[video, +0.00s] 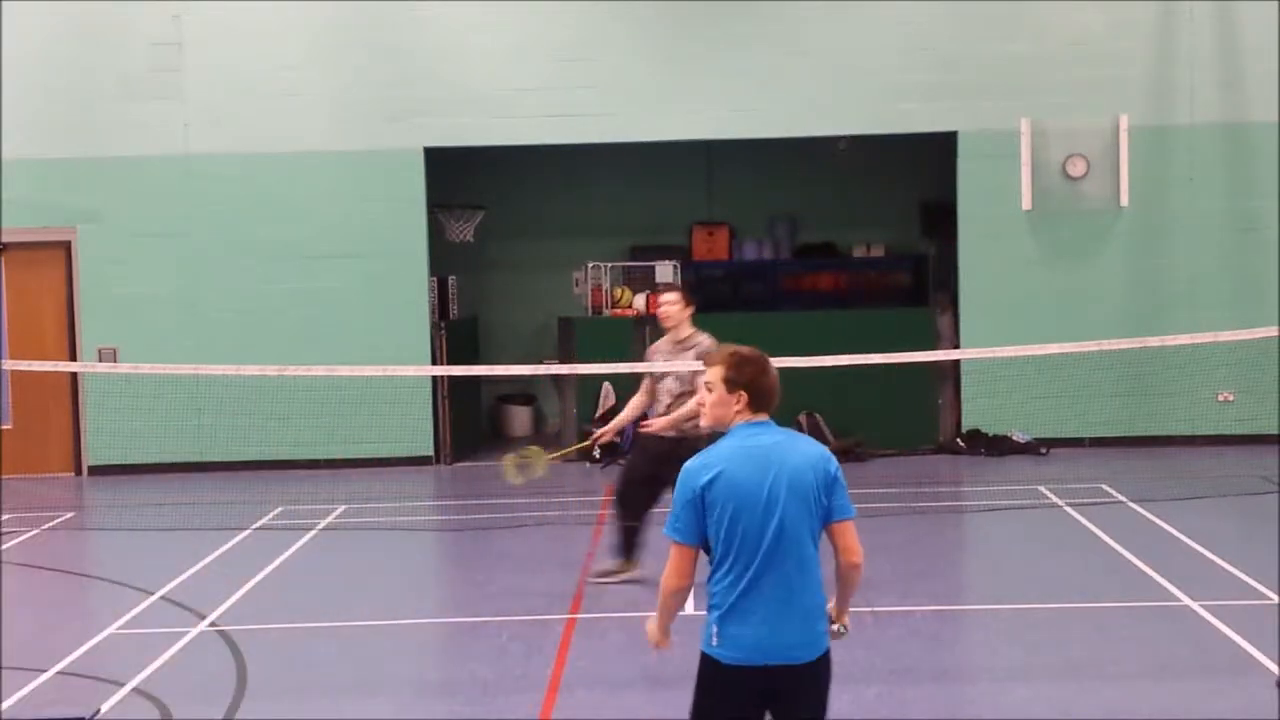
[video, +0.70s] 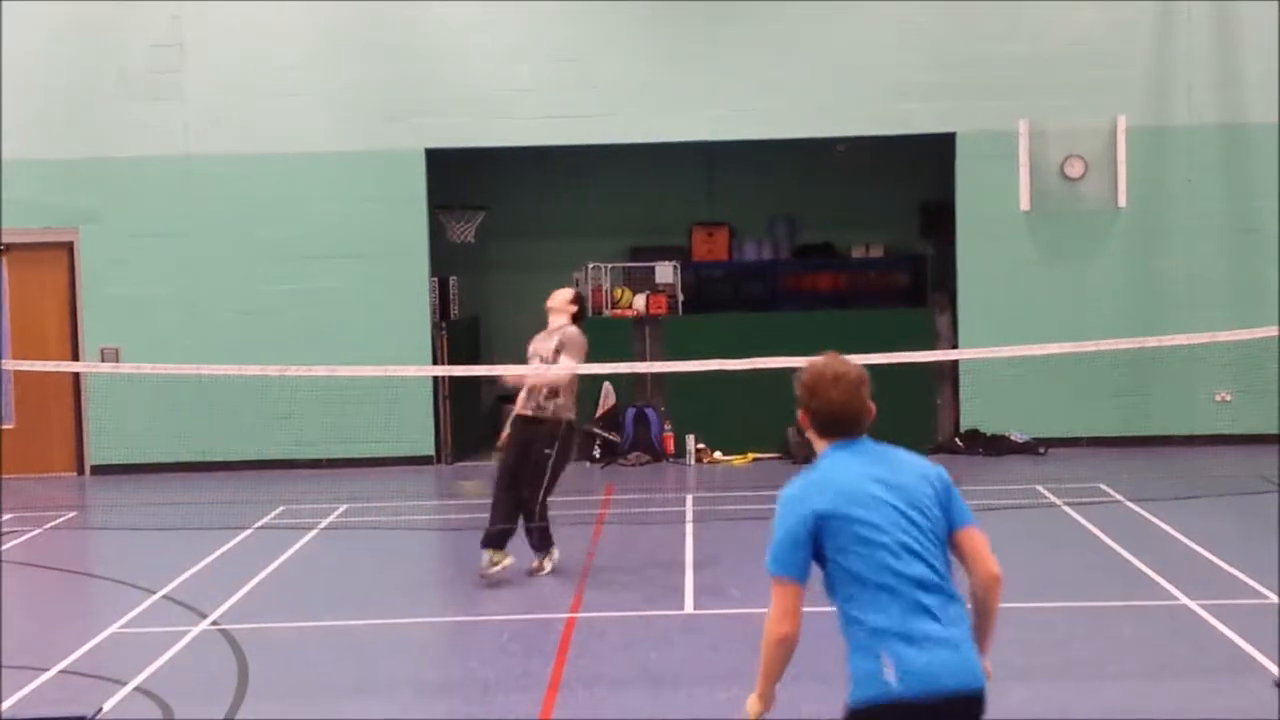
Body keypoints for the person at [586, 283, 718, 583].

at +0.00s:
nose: (663, 310)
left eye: (670, 305)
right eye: (660, 305)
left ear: (688, 309)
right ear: (657, 311)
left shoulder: (705, 346)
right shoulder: (657, 349)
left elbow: (707, 396)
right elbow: (644, 395)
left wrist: (669, 420)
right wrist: (613, 427)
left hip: (694, 440)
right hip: (655, 439)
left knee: (704, 502)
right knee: (630, 494)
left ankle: (723, 562)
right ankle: (626, 562)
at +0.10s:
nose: (629, 320)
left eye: (637, 314)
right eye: (627, 315)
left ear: (655, 319)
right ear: (623, 319)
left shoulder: (671, 357)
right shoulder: (626, 358)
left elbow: (670, 407)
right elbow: (616, 406)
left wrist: (624, 431)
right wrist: (584, 432)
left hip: (659, 450)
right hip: (623, 448)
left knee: (681, 515)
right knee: (593, 504)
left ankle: (730, 561)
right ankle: (560, 561)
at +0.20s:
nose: (590, 319)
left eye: (598, 313)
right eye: (589, 313)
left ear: (615, 321)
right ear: (587, 321)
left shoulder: (628, 357)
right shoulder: (588, 360)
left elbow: (629, 408)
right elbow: (583, 402)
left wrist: (589, 430)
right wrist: (538, 405)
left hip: (624, 450)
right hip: (590, 450)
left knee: (651, 507)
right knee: (562, 506)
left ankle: (709, 553)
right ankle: (538, 566)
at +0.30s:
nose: (558, 316)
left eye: (566, 312)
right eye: (557, 312)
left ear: (583, 322)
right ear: (555, 321)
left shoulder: (598, 354)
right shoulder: (555, 359)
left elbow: (606, 403)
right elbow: (538, 394)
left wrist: (565, 428)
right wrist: (505, 375)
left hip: (602, 438)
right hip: (571, 440)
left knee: (605, 503)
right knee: (536, 492)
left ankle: (650, 554)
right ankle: (528, 563)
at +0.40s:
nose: (537, 324)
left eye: (545, 319)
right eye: (536, 320)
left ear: (561, 330)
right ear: (534, 329)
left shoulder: (576, 364)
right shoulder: (530, 369)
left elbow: (581, 413)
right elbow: (504, 404)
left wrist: (551, 447)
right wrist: (475, 392)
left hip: (586, 444)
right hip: (553, 446)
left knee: (565, 502)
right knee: (519, 496)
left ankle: (587, 564)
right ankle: (510, 569)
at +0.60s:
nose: (537, 311)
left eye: (546, 308)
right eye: (538, 307)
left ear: (559, 321)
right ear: (536, 319)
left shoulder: (565, 352)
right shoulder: (525, 355)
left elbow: (568, 397)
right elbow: (519, 398)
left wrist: (538, 424)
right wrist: (496, 420)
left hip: (556, 440)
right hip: (525, 437)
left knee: (533, 504)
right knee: (507, 499)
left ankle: (560, 543)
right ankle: (505, 566)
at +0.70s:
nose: (554, 293)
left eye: (563, 292)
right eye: (557, 290)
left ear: (572, 307)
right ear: (553, 305)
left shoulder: (573, 336)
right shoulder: (538, 338)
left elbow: (563, 375)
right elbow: (529, 386)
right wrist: (511, 425)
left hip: (555, 422)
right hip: (526, 418)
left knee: (534, 489)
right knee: (507, 482)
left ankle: (544, 550)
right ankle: (495, 549)